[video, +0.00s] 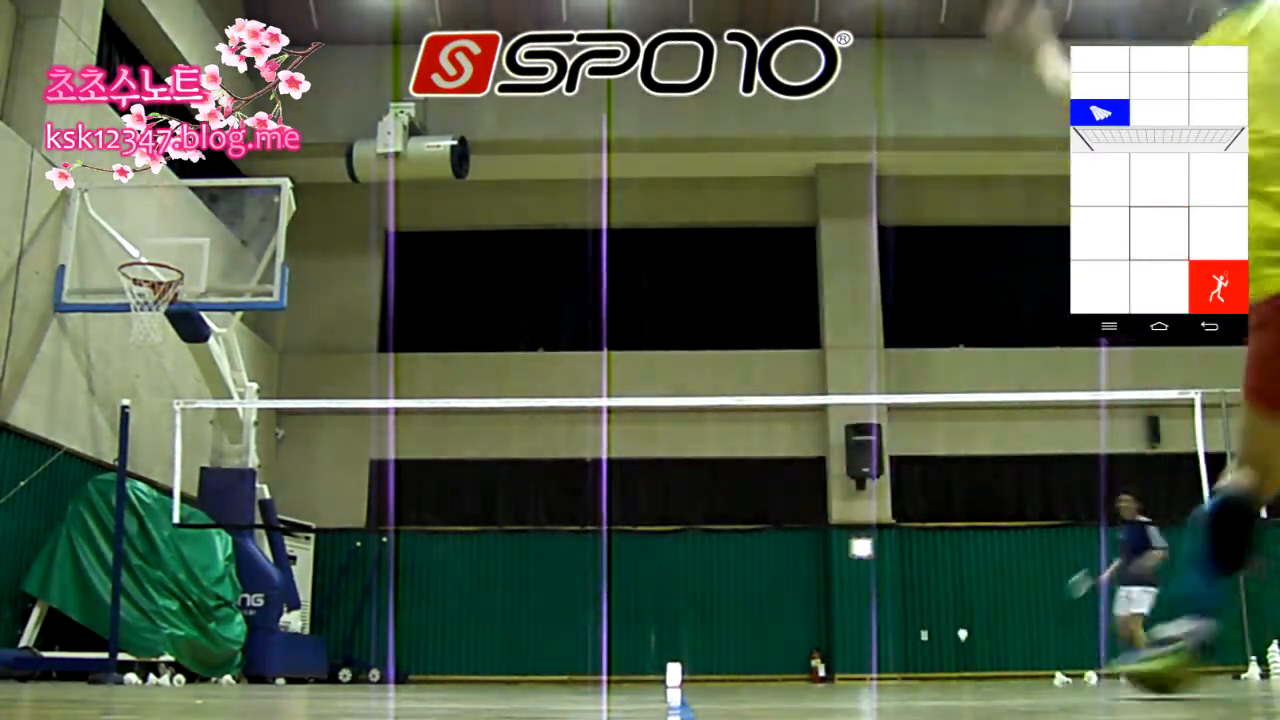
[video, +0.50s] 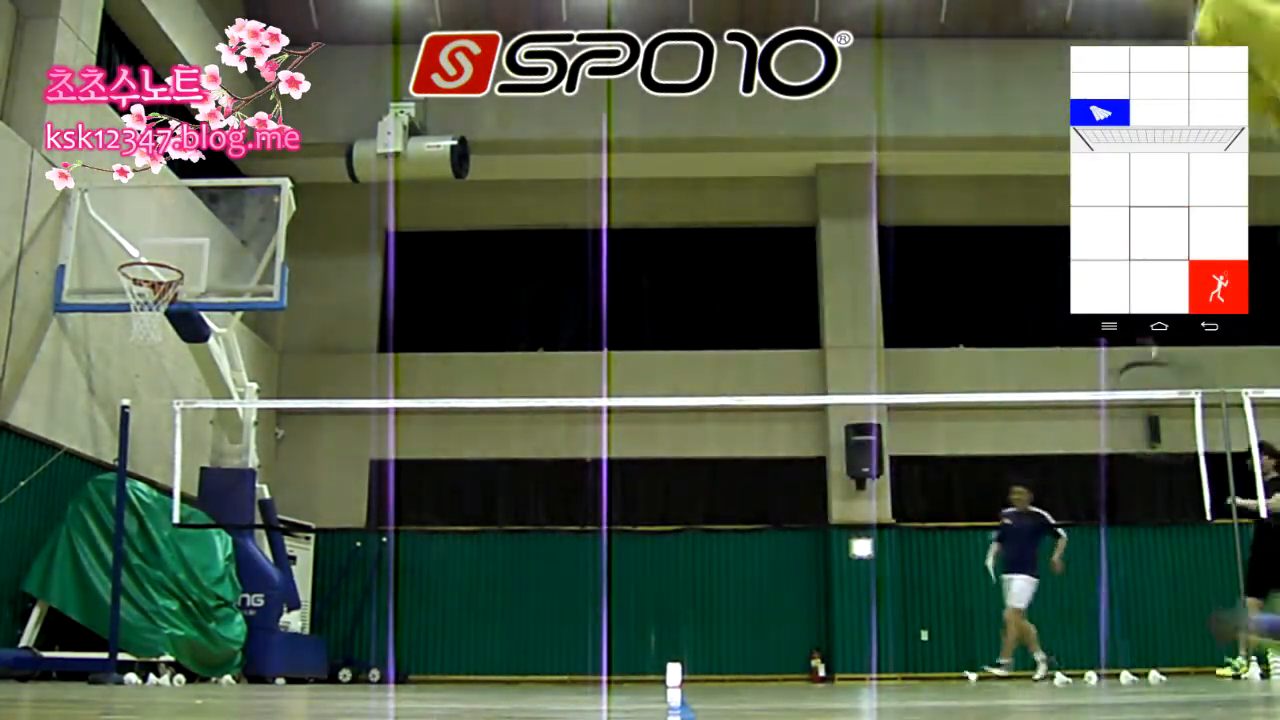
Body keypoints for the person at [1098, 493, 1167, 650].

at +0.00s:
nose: (1124, 507)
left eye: (1127, 503)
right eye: (1121, 503)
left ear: (1136, 506)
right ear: (1118, 507)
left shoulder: (1145, 525)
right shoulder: (1124, 528)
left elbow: (1160, 549)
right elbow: (1123, 558)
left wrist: (1143, 565)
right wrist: (1107, 575)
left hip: (1143, 583)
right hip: (1125, 583)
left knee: (1135, 625)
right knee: (1122, 628)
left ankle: (1145, 660)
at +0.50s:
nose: (1016, 498)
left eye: (1020, 494)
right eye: (1014, 494)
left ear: (1029, 497)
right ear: (1010, 497)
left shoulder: (1039, 516)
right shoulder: (1006, 516)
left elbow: (1062, 536)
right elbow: (998, 540)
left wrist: (1056, 557)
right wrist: (991, 558)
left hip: (1027, 573)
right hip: (1007, 572)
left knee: (1011, 615)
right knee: (1018, 619)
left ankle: (1005, 662)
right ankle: (1040, 658)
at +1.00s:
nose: (945, 504)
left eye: (949, 500)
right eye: (941, 500)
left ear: (955, 501)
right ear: (935, 500)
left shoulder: (963, 519)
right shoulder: (927, 519)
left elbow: (961, 548)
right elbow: (922, 545)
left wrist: (933, 542)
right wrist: (909, 567)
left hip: (953, 583)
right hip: (928, 580)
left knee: (955, 627)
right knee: (917, 620)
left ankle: (967, 660)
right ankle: (913, 667)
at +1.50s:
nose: (950, 526)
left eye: (953, 522)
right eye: (948, 521)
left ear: (956, 521)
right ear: (939, 515)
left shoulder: (955, 536)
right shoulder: (915, 525)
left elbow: (960, 571)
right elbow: (896, 550)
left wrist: (960, 601)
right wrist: (900, 577)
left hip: (936, 583)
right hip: (912, 584)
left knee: (938, 614)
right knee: (909, 626)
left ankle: (936, 667)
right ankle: (909, 667)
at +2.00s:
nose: (950, 598)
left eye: (953, 595)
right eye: (948, 593)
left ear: (957, 591)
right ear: (939, 583)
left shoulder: (955, 591)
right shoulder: (920, 570)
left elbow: (959, 623)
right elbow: (891, 581)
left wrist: (963, 662)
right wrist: (906, 603)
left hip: (923, 598)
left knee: (947, 621)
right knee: (896, 612)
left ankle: (927, 667)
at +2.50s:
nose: (983, 506)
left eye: (985, 502)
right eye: (981, 501)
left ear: (983, 502)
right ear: (971, 498)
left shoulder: (968, 520)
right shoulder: (948, 512)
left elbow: (979, 547)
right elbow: (921, 543)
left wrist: (1020, 552)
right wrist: (932, 575)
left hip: (933, 571)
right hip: (913, 566)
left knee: (952, 615)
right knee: (914, 610)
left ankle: (944, 668)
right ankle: (898, 665)